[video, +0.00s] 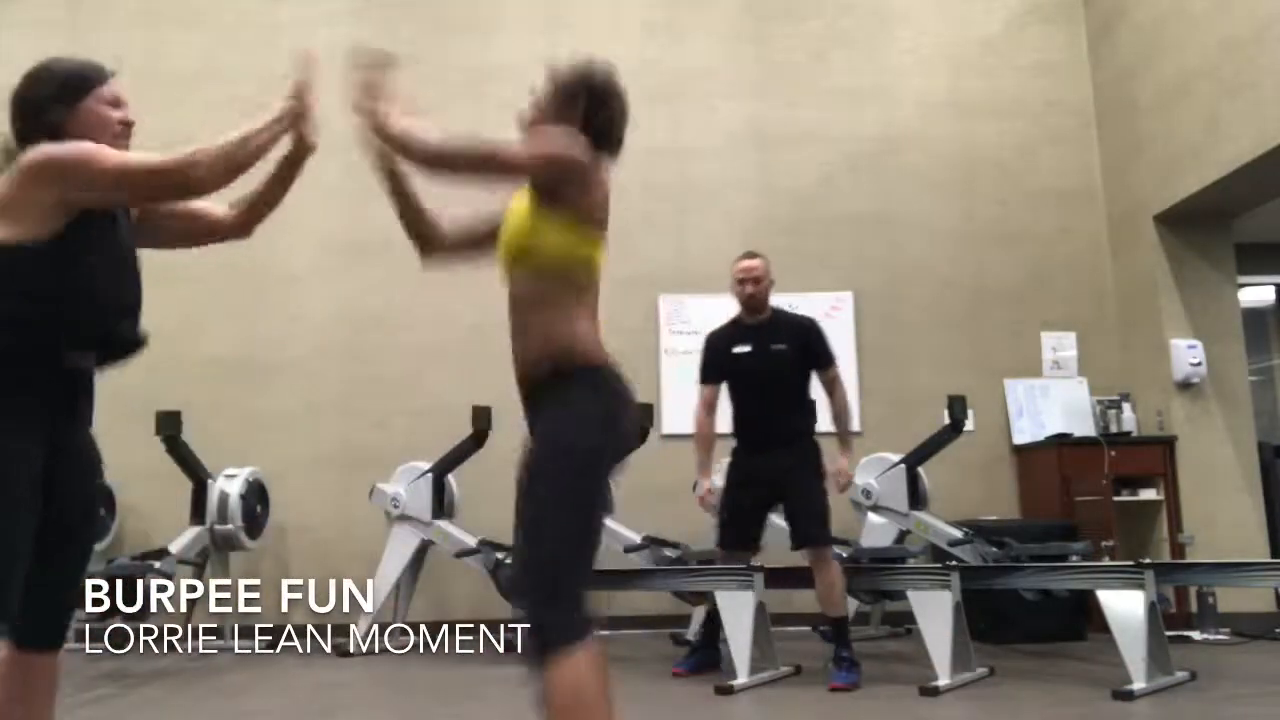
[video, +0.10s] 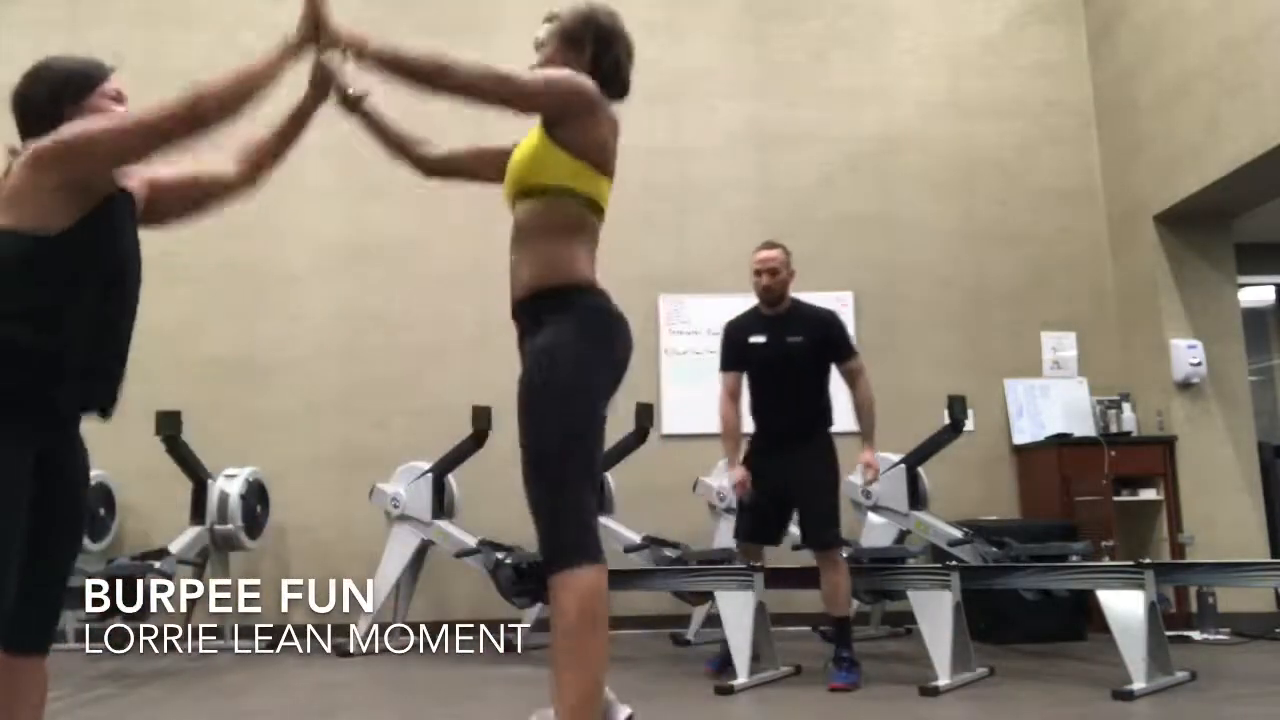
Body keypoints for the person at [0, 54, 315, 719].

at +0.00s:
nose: (127, 116)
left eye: (123, 105)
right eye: (110, 105)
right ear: (61, 117)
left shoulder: (105, 207)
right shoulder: (43, 172)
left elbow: (232, 222)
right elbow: (190, 172)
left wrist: (297, 153)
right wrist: (282, 121)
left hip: (64, 429)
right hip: (17, 426)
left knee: (43, 620)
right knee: (21, 617)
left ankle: (32, 706)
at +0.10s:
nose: (130, 109)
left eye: (125, 98)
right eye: (113, 99)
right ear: (70, 116)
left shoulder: (114, 196)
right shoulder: (46, 167)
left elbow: (239, 172)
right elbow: (195, 112)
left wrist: (315, 97)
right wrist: (292, 45)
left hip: (54, 436)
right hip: (20, 432)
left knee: (31, 627)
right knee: (21, 630)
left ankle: (25, 705)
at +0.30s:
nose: (104, 135)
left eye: (104, 119)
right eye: (90, 120)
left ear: (84, 124)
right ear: (42, 114)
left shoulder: (87, 184)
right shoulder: (15, 165)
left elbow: (189, 123)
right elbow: (105, 65)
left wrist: (249, 61)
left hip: (62, 430)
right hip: (16, 435)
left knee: (31, 633)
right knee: (19, 635)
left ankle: (27, 712)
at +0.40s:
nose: (99, 127)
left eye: (102, 117)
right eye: (83, 115)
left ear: (97, 127)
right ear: (38, 120)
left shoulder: (87, 191)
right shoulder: (16, 188)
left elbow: (170, 148)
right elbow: (30, 72)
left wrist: (230, 101)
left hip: (66, 441)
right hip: (11, 442)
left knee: (27, 634)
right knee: (12, 633)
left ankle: (20, 710)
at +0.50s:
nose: (116, 158)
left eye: (121, 145)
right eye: (107, 141)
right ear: (48, 136)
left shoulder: (88, 207)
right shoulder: (21, 198)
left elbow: (153, 208)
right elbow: (10, 148)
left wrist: (215, 200)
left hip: (61, 449)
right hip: (11, 447)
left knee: (33, 633)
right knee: (18, 633)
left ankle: (25, 709)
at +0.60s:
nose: (133, 186)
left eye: (142, 174)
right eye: (127, 170)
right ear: (81, 151)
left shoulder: (104, 227)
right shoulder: (19, 192)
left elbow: (140, 259)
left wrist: (183, 283)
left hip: (54, 455)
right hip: (5, 453)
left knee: (42, 623)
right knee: (15, 626)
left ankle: (27, 709)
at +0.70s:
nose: (166, 244)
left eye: (174, 234)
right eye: (164, 228)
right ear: (128, 208)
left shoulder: (127, 284)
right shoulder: (33, 242)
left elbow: (138, 365)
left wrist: (158, 419)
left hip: (24, 455)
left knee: (52, 613)